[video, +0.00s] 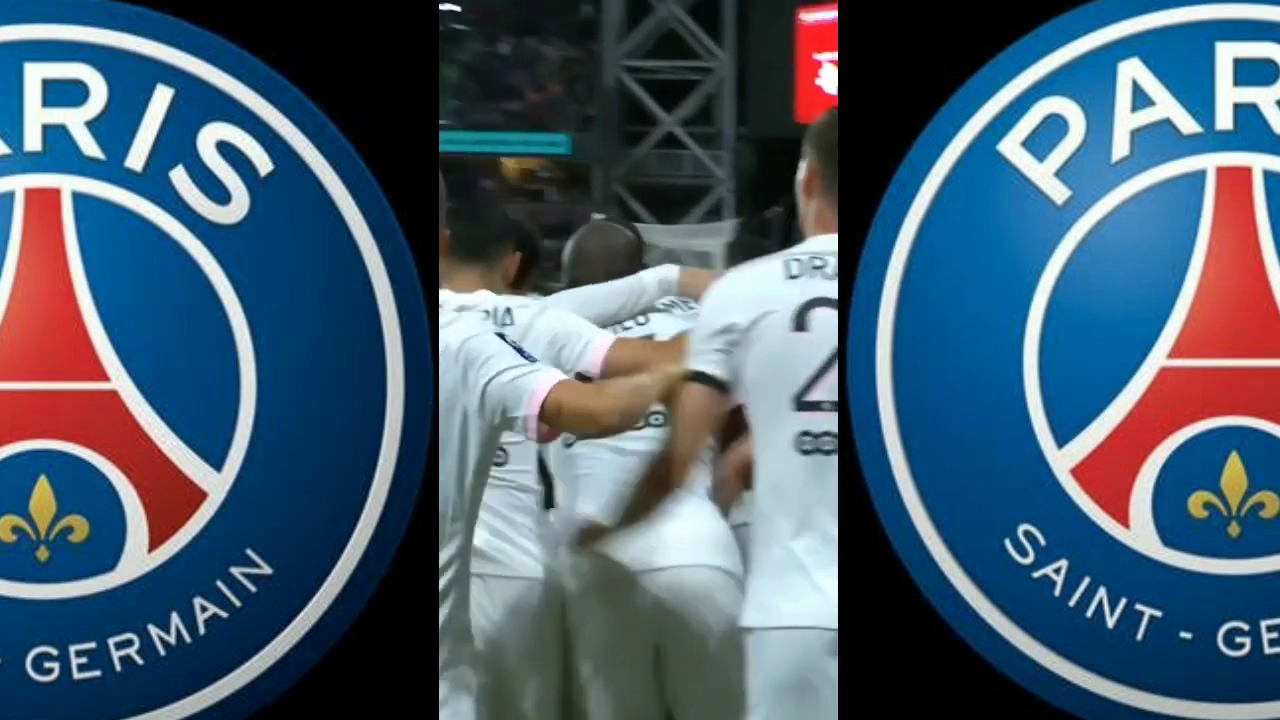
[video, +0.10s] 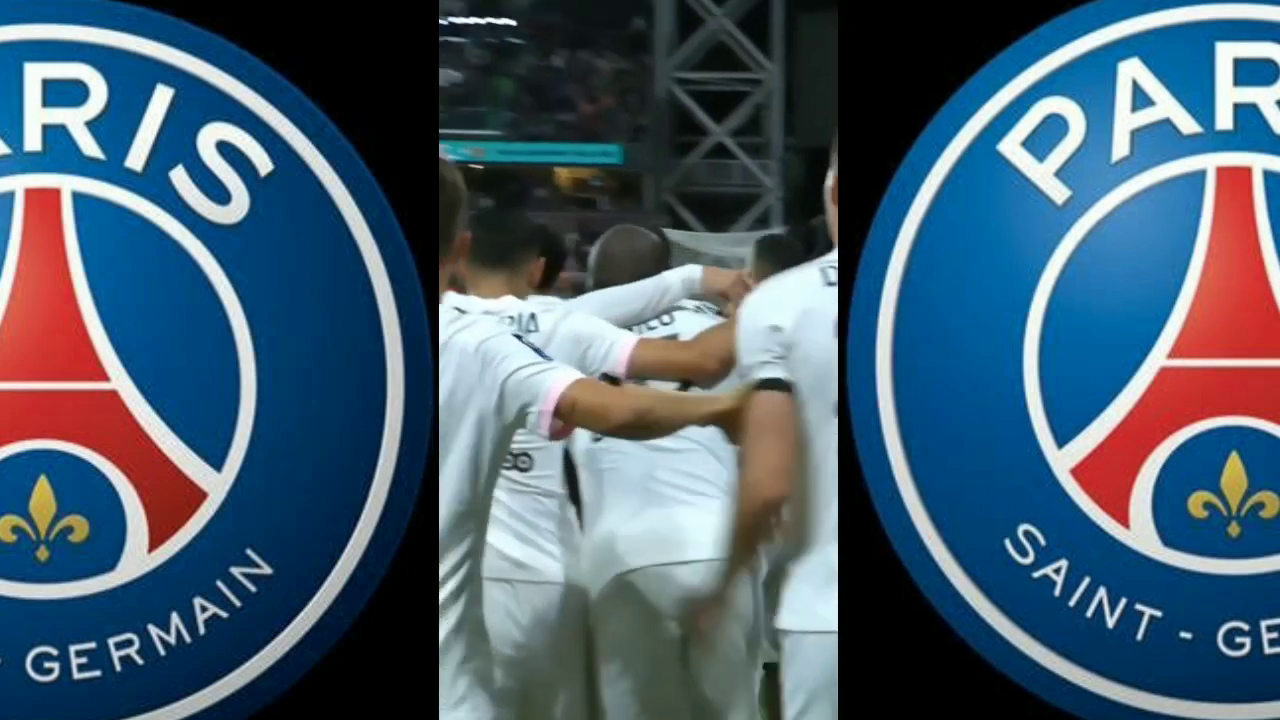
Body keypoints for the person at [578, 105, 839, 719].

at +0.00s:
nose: (799, 178)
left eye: (802, 167)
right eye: (804, 166)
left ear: (808, 176)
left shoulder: (745, 288)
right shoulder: (920, 284)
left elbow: (679, 461)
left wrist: (614, 528)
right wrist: (754, 460)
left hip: (800, 608)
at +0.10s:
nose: (830, 188)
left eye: (831, 177)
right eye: (834, 176)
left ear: (833, 191)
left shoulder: (781, 302)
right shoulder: (962, 288)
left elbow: (768, 487)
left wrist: (719, 587)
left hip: (826, 604)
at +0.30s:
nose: (626, 288)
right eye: (622, 277)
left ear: (537, 271)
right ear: (609, 279)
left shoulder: (509, 331)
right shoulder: (625, 332)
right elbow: (758, 367)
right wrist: (804, 332)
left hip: (520, 573)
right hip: (616, 572)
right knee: (625, 710)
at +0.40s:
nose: (626, 288)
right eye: (622, 277)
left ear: (537, 271)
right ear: (609, 279)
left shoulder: (509, 331)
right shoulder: (625, 332)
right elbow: (758, 367)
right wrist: (804, 332)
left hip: (520, 573)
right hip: (616, 572)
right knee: (625, 710)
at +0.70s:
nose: (626, 288)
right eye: (622, 277)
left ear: (537, 271)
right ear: (609, 279)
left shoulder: (509, 331)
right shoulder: (625, 332)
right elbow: (758, 367)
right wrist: (804, 332)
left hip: (520, 573)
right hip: (616, 572)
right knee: (625, 710)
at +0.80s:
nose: (627, 287)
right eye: (621, 275)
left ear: (537, 271)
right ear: (608, 278)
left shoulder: (510, 330)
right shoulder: (626, 332)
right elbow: (759, 367)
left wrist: (750, 287)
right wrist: (808, 329)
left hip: (522, 572)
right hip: (619, 571)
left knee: (554, 710)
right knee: (624, 710)